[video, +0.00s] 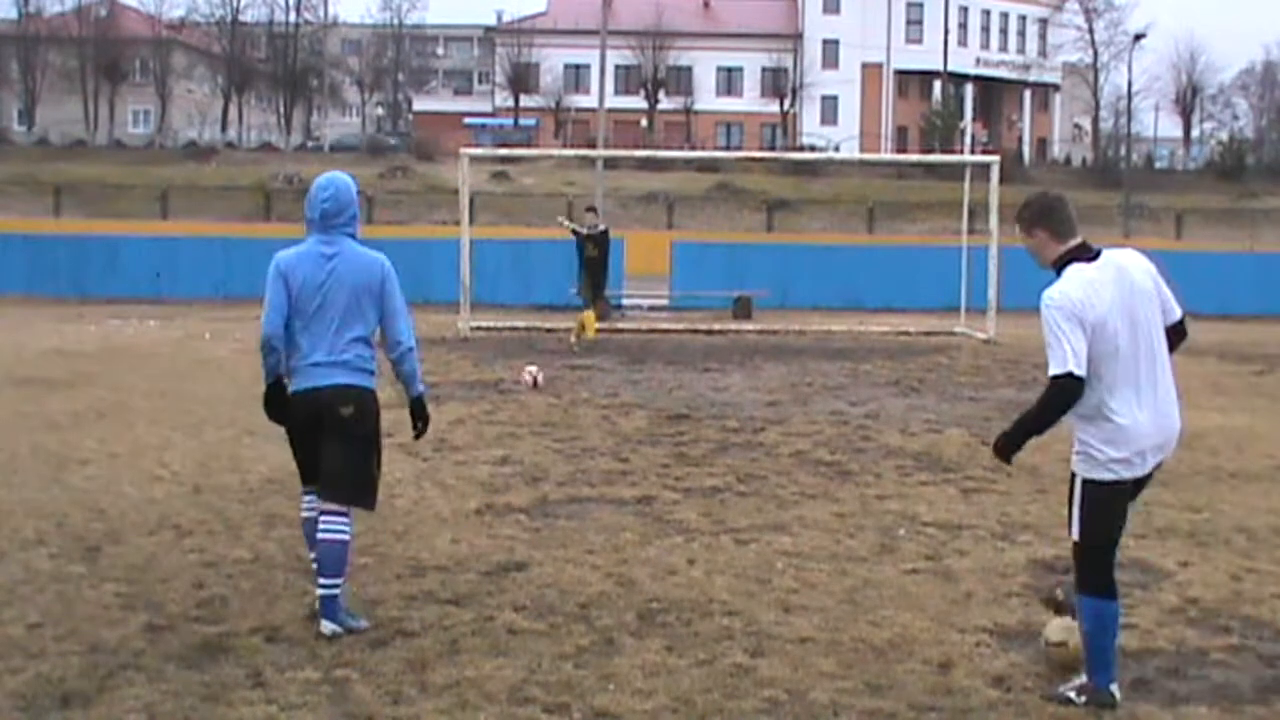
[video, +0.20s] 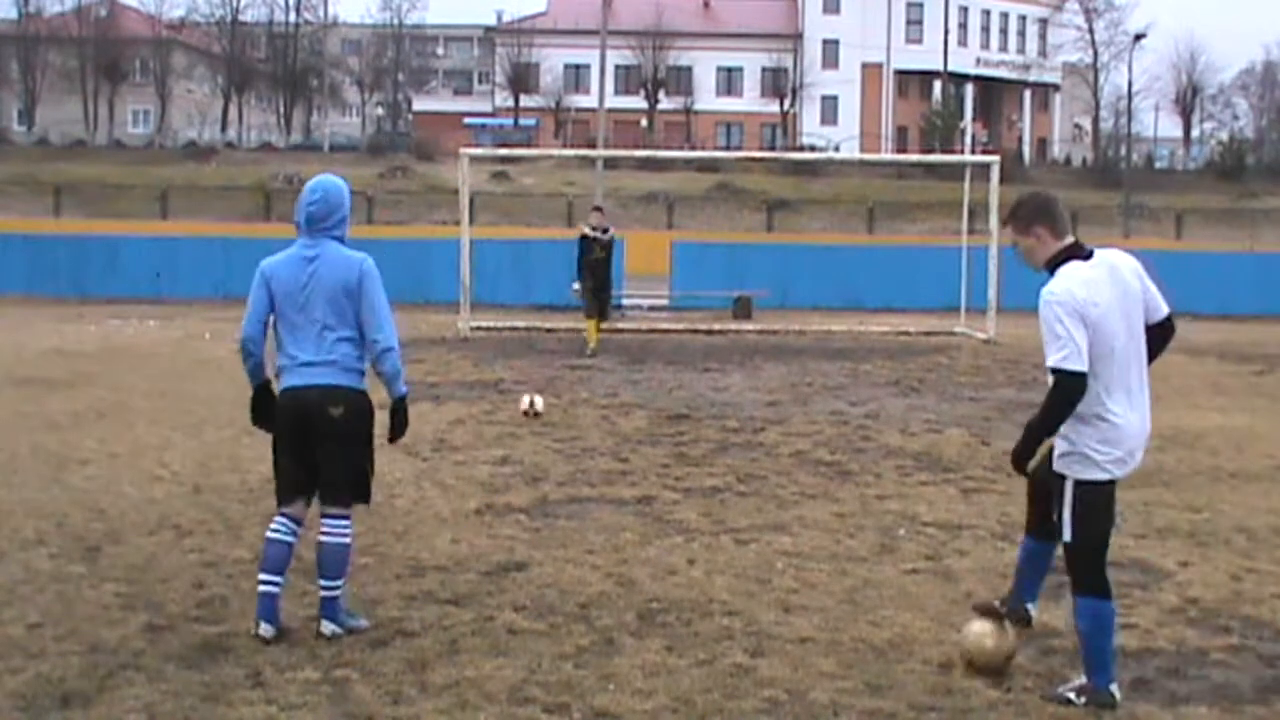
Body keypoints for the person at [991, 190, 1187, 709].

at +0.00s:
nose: (1028, 249)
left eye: (1027, 239)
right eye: (1026, 240)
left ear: (1042, 236)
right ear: (1072, 226)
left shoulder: (1061, 297)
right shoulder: (1132, 260)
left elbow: (1068, 384)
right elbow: (1176, 330)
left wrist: (1014, 437)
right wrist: (1128, 368)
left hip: (1109, 447)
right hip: (1159, 431)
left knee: (1093, 561)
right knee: (1101, 518)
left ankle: (1100, 683)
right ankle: (1087, 599)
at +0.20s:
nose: (1018, 255)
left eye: (1018, 244)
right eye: (1015, 245)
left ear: (1039, 235)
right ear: (1057, 231)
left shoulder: (1059, 294)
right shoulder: (1121, 261)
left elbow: (1070, 383)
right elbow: (1163, 327)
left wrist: (1028, 442)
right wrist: (1120, 375)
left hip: (1091, 441)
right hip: (1128, 429)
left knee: (1085, 563)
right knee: (1043, 490)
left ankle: (1100, 686)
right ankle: (1019, 604)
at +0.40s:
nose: (1011, 254)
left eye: (1013, 243)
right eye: (1008, 244)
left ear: (1040, 232)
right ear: (1050, 232)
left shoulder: (1058, 291)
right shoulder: (1106, 265)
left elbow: (1078, 380)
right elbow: (1137, 330)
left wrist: (1035, 454)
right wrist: (1104, 383)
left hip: (1068, 446)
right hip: (1086, 431)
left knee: (1071, 564)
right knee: (999, 473)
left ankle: (1098, 685)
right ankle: (950, 586)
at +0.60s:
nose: (1005, 242)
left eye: (1011, 230)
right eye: (1000, 232)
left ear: (1044, 222)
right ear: (1035, 227)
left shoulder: (1068, 285)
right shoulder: (1049, 273)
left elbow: (1082, 375)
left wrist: (1022, 445)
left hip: (1052, 449)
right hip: (1019, 431)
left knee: (1057, 561)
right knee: (963, 486)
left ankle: (1097, 682)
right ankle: (924, 597)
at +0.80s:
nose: (985, 238)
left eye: (993, 226)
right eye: (979, 230)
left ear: (1024, 220)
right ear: (982, 234)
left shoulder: (1055, 280)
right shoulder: (1006, 279)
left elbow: (1081, 365)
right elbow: (1014, 365)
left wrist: (1022, 428)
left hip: (1032, 451)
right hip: (987, 432)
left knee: (1043, 561)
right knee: (929, 491)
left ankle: (1094, 679)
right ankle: (911, 595)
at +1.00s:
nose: (917, 254)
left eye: (922, 241)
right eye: (913, 245)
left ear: (955, 229)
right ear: (947, 236)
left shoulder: (999, 284)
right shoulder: (964, 285)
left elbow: (1031, 367)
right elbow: (974, 364)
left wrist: (975, 433)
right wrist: (947, 415)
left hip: (997, 456)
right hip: (953, 443)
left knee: (1028, 562)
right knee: (898, 509)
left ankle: (1089, 674)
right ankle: (889, 635)